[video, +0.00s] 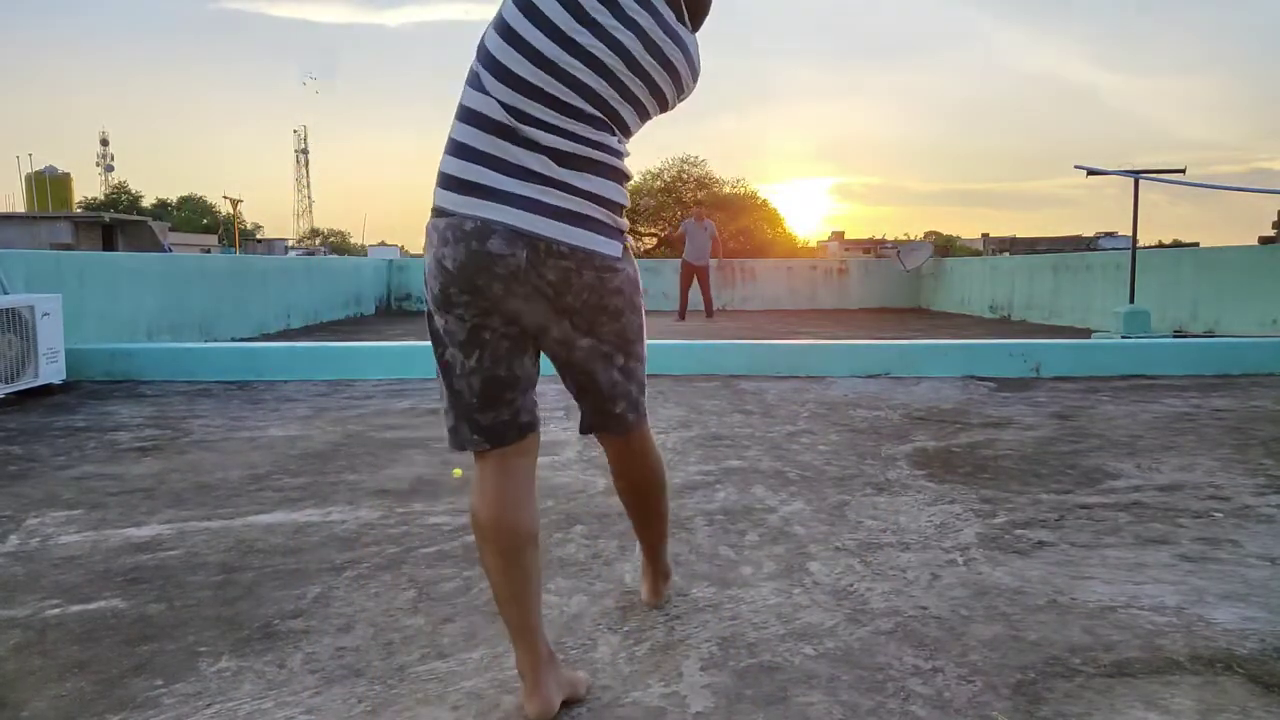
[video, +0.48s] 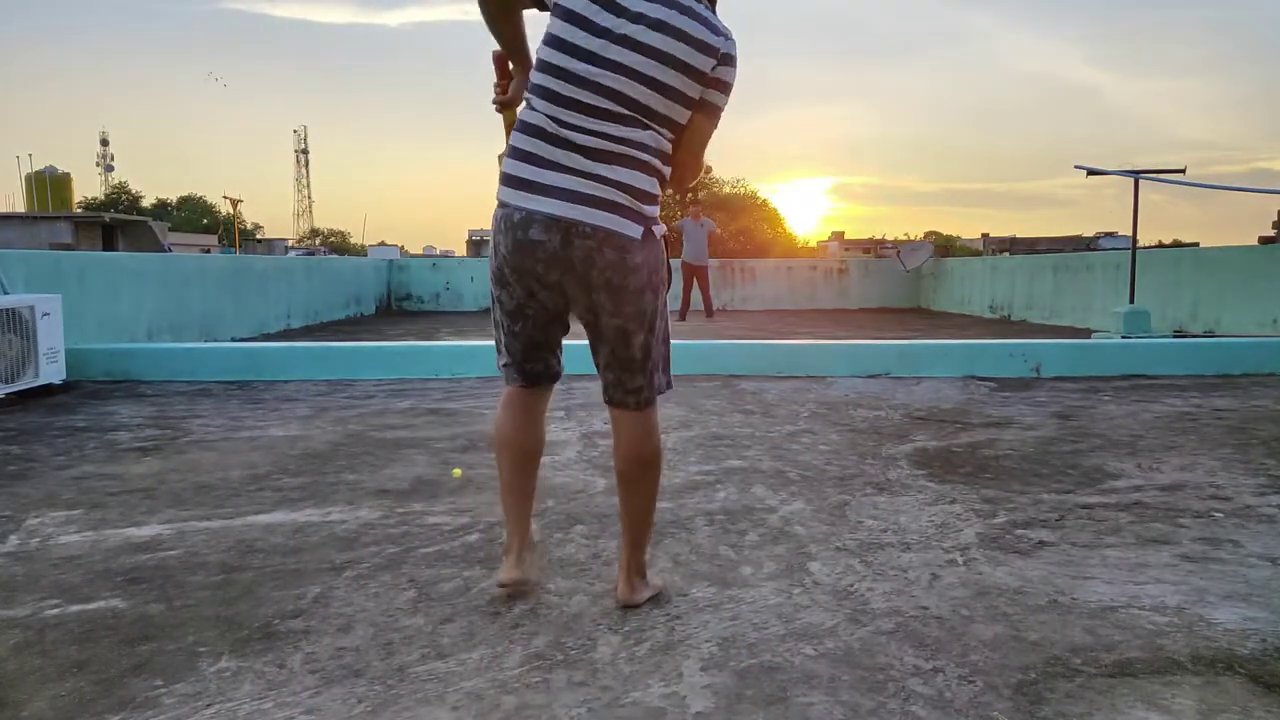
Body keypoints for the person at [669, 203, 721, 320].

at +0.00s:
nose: (698, 210)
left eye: (700, 208)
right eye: (696, 208)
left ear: (704, 210)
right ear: (692, 210)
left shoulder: (710, 224)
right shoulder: (687, 224)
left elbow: (716, 240)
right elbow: (678, 236)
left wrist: (720, 257)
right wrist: (671, 236)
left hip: (703, 262)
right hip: (688, 261)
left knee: (706, 291)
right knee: (684, 290)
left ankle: (709, 315)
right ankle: (681, 316)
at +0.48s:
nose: (695, 209)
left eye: (697, 206)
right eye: (693, 206)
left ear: (701, 208)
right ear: (689, 208)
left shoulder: (707, 222)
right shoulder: (685, 222)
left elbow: (717, 232)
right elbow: (673, 227)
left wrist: (719, 233)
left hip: (701, 261)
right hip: (687, 260)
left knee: (705, 291)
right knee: (686, 290)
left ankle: (709, 314)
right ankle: (682, 315)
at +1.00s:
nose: (693, 209)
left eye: (695, 206)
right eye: (690, 207)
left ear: (700, 208)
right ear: (687, 209)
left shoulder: (705, 223)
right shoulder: (683, 223)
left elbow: (709, 240)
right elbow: (681, 240)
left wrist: (712, 257)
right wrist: (680, 257)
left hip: (701, 262)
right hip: (687, 261)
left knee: (705, 291)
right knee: (686, 291)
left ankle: (709, 314)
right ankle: (682, 315)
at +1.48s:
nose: (691, 210)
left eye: (693, 207)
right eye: (689, 207)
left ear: (698, 209)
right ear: (685, 210)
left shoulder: (704, 222)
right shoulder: (683, 223)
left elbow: (712, 240)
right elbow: (678, 241)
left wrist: (719, 256)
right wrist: (672, 257)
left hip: (702, 262)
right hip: (688, 261)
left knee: (705, 291)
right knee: (686, 291)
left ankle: (709, 315)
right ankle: (682, 315)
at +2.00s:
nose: (692, 214)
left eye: (695, 211)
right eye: (690, 211)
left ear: (699, 212)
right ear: (687, 211)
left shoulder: (704, 225)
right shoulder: (683, 225)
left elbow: (707, 243)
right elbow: (681, 242)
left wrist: (708, 260)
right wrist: (679, 259)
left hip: (704, 262)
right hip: (689, 261)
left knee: (707, 292)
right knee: (687, 292)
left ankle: (710, 316)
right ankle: (682, 316)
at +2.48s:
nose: (699, 218)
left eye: (701, 216)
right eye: (697, 216)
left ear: (705, 217)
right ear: (693, 217)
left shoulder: (711, 229)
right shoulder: (688, 228)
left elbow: (712, 246)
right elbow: (688, 243)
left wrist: (707, 260)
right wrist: (691, 257)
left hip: (706, 263)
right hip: (692, 263)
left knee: (710, 291)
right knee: (685, 290)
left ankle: (710, 315)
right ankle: (681, 316)